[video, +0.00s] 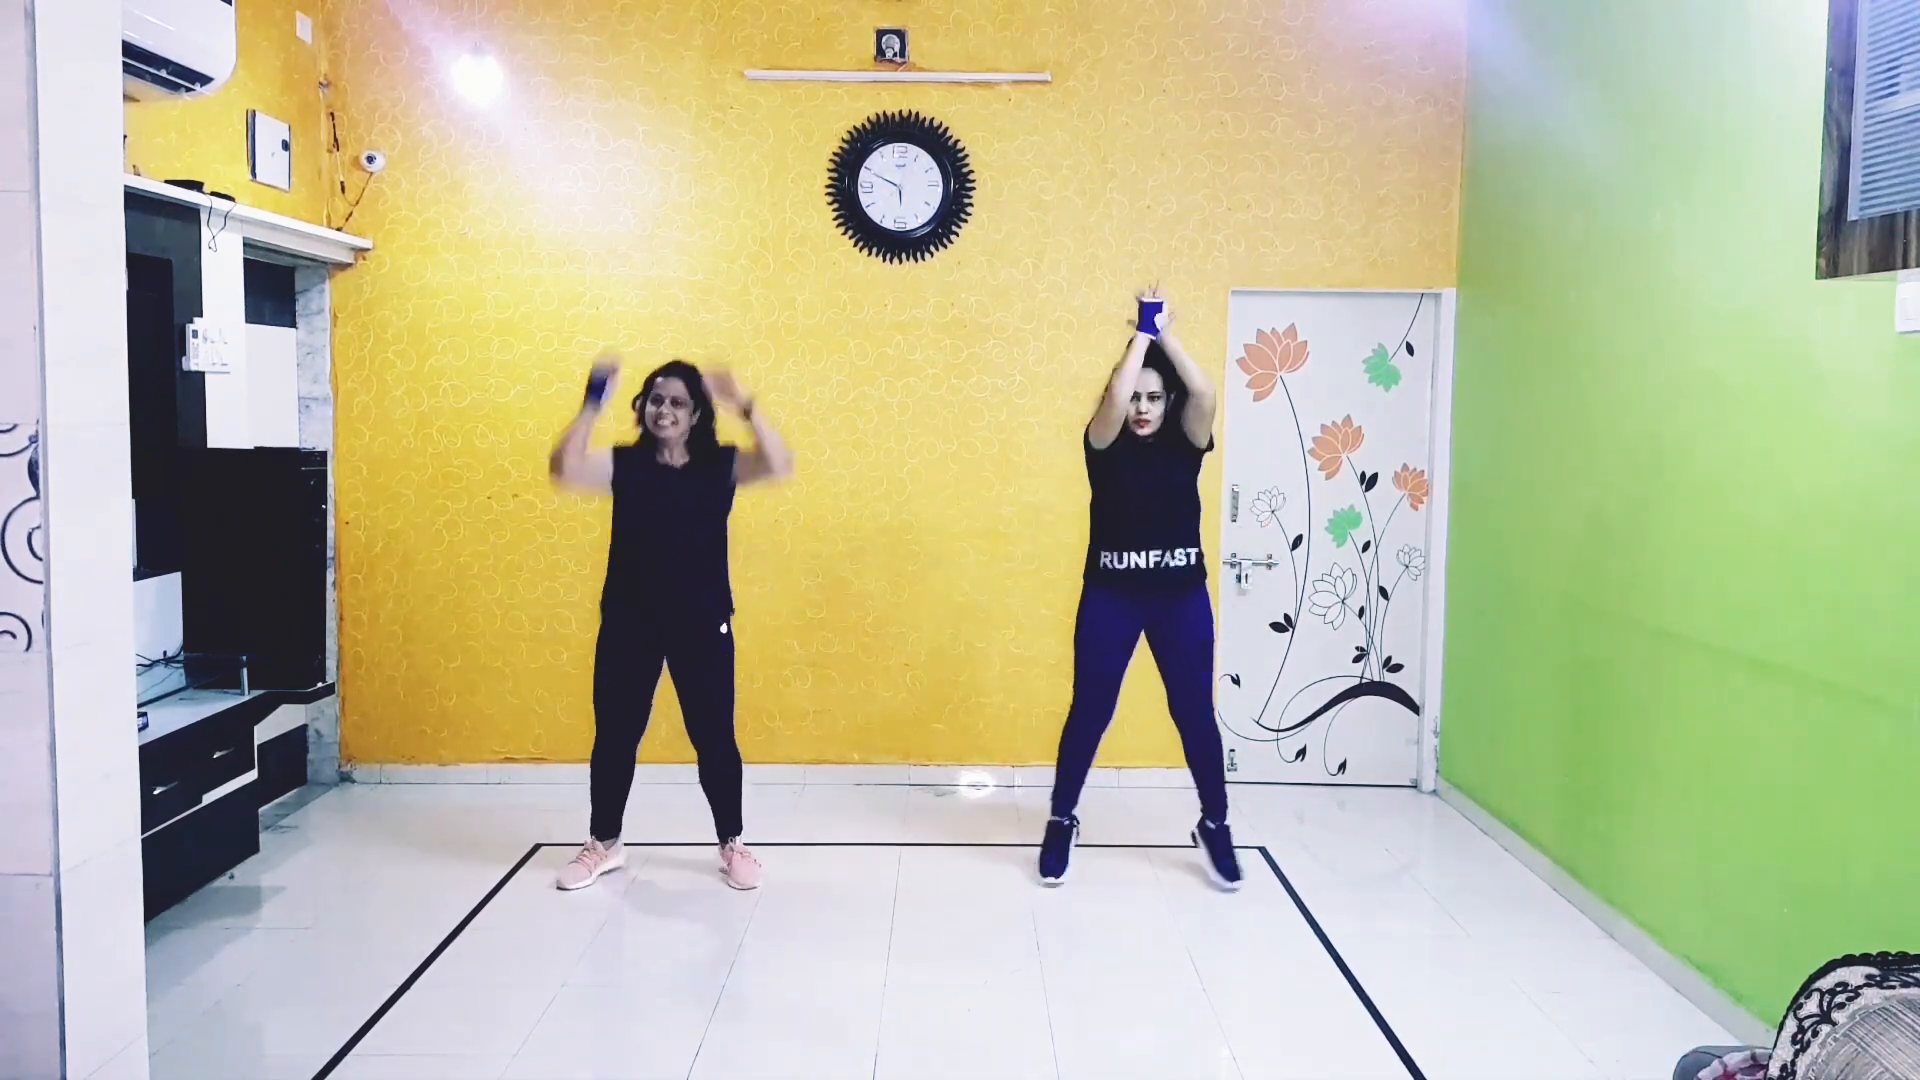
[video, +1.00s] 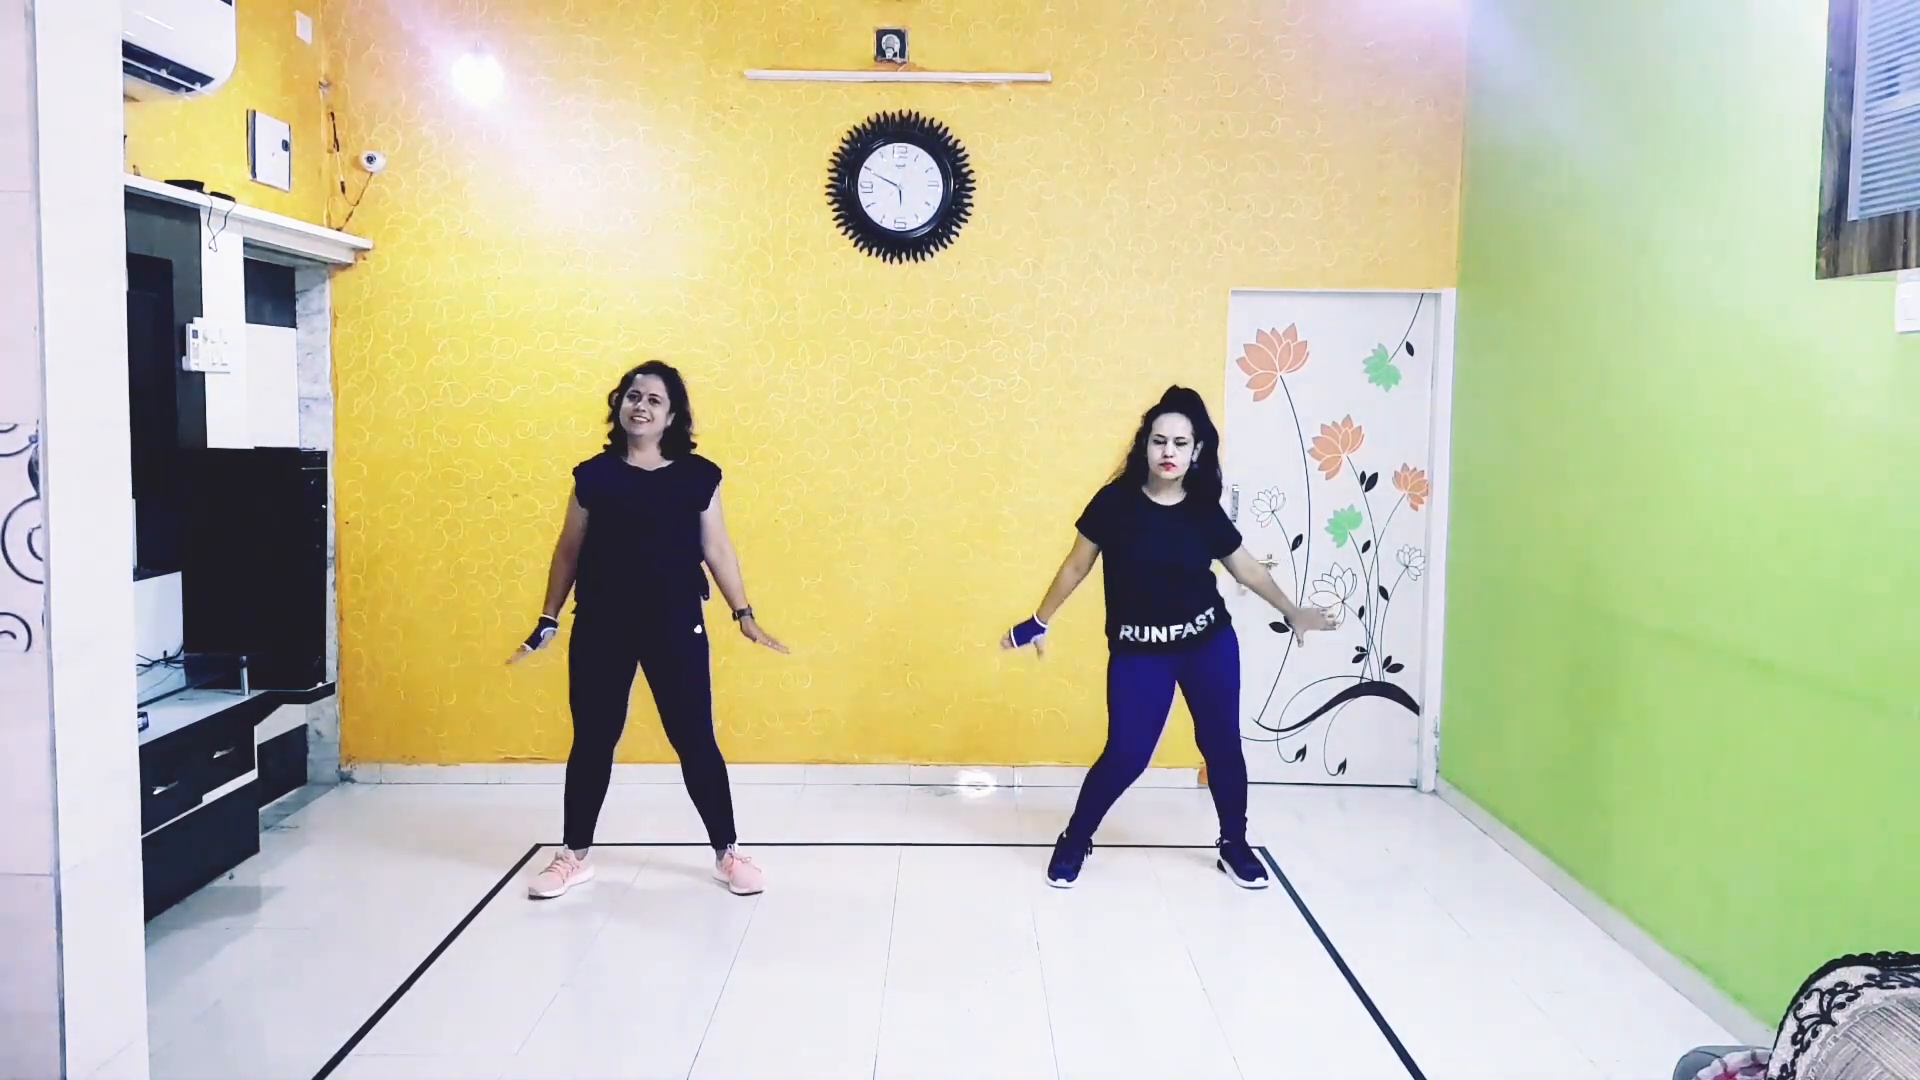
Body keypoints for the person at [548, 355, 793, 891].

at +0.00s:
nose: (663, 408)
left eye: (676, 401)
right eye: (655, 399)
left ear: (697, 413)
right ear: (643, 408)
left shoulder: (721, 464)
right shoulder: (624, 462)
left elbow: (779, 465)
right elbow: (564, 469)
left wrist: (745, 406)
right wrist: (590, 406)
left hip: (701, 623)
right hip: (629, 621)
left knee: (715, 737)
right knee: (614, 734)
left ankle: (732, 845)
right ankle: (603, 845)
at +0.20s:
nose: (676, 374)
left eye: (688, 365)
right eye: (667, 363)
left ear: (707, 375)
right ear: (652, 366)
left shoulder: (719, 407)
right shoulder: (634, 396)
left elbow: (756, 354)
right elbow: (598, 333)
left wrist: (767, 283)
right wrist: (600, 254)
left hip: (700, 570)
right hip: (633, 569)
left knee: (718, 704)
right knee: (607, 703)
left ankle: (741, 828)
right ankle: (575, 825)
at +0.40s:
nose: (672, 410)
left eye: (685, 404)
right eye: (664, 400)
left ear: (703, 416)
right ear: (649, 409)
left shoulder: (726, 480)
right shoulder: (623, 474)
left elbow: (766, 535)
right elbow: (580, 527)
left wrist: (783, 543)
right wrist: (554, 537)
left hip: (702, 627)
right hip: (630, 624)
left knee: (714, 745)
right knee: (603, 740)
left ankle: (729, 854)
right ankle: (571, 853)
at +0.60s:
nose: (661, 409)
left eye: (675, 403)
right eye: (653, 399)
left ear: (694, 416)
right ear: (640, 407)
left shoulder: (713, 481)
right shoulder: (610, 474)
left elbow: (735, 549)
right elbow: (582, 548)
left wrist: (765, 608)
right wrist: (553, 614)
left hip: (686, 628)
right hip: (614, 625)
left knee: (702, 741)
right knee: (598, 740)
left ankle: (727, 851)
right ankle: (573, 854)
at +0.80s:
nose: (649, 406)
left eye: (663, 400)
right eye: (642, 396)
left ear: (681, 414)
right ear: (627, 405)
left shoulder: (702, 476)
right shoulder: (600, 471)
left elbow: (728, 547)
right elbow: (565, 547)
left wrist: (758, 606)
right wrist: (529, 610)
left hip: (681, 627)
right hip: (609, 624)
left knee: (698, 737)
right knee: (595, 738)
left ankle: (727, 853)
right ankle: (573, 854)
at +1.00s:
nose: (640, 405)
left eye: (654, 400)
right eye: (633, 396)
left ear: (673, 414)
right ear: (619, 406)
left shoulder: (697, 478)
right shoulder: (593, 476)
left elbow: (718, 548)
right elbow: (569, 550)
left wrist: (743, 612)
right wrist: (549, 618)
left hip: (673, 628)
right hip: (601, 627)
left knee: (696, 740)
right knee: (592, 741)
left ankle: (727, 854)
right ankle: (574, 854)